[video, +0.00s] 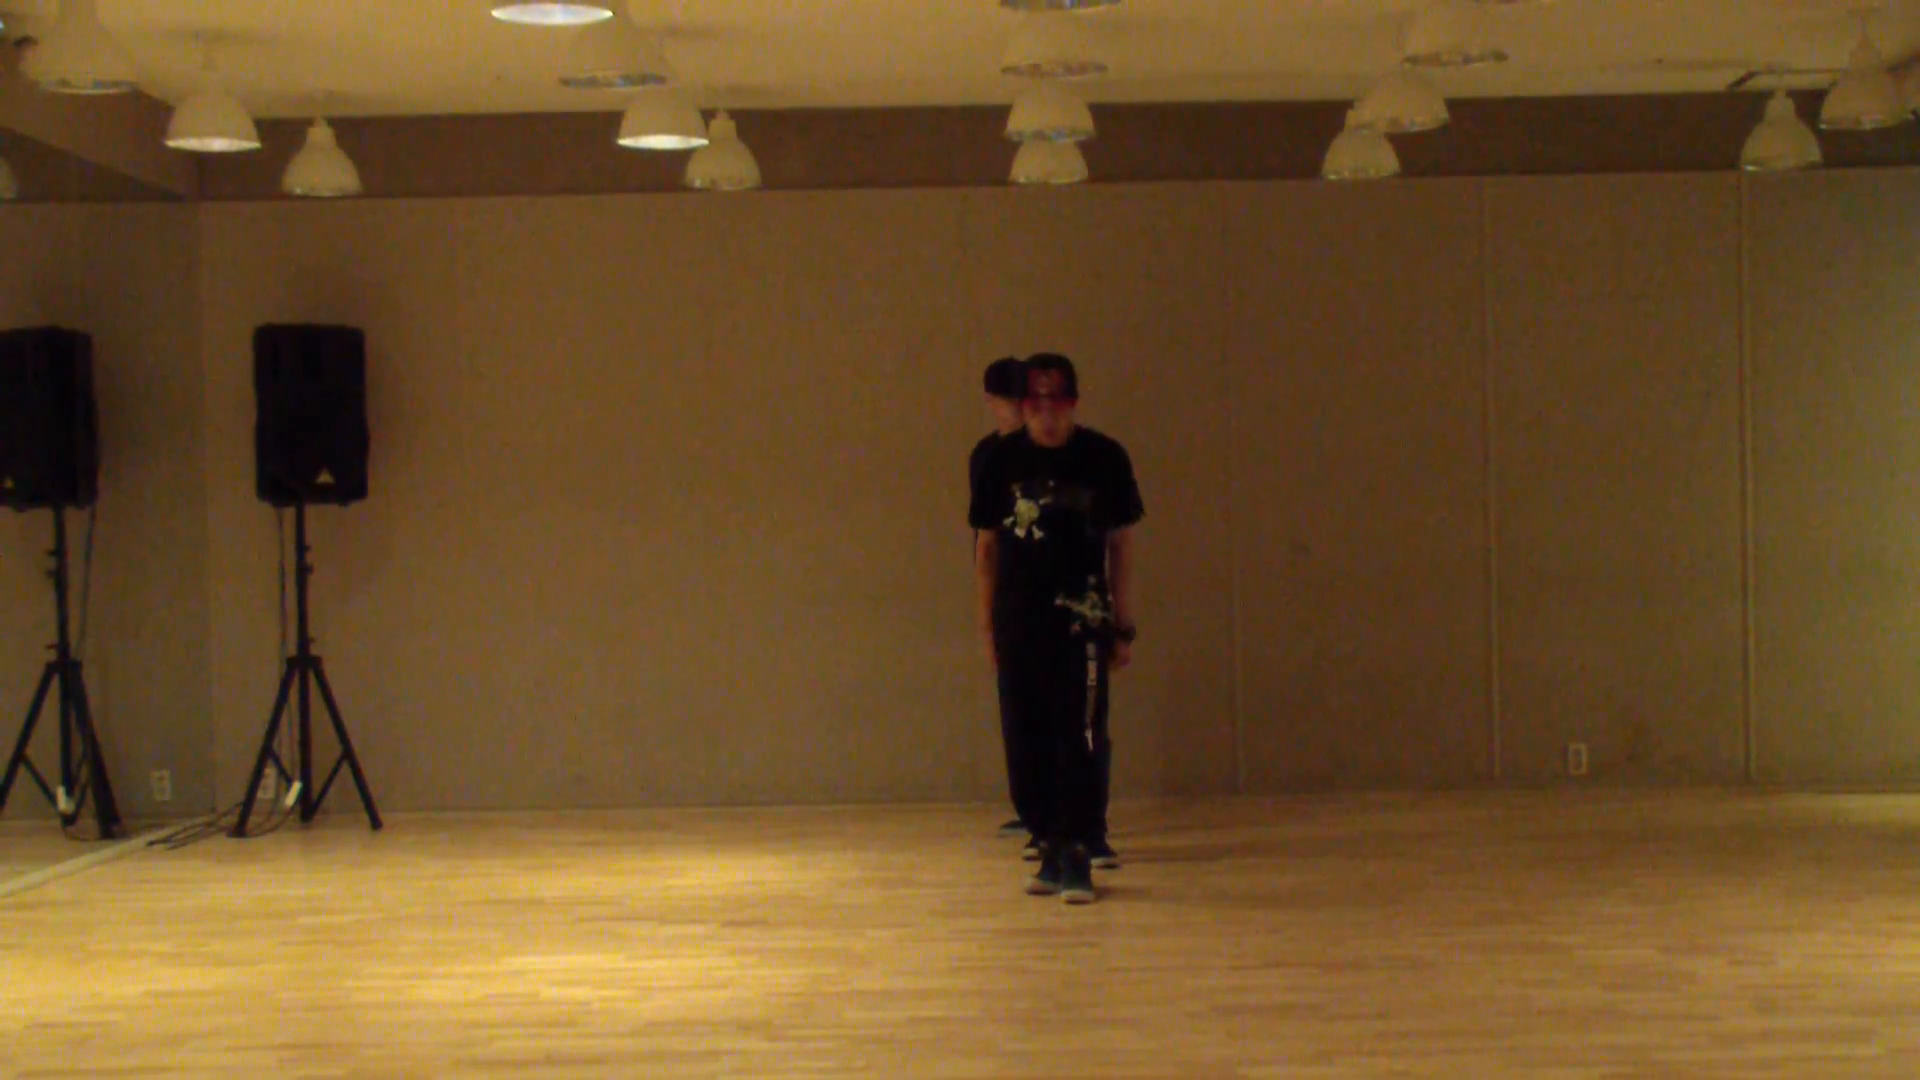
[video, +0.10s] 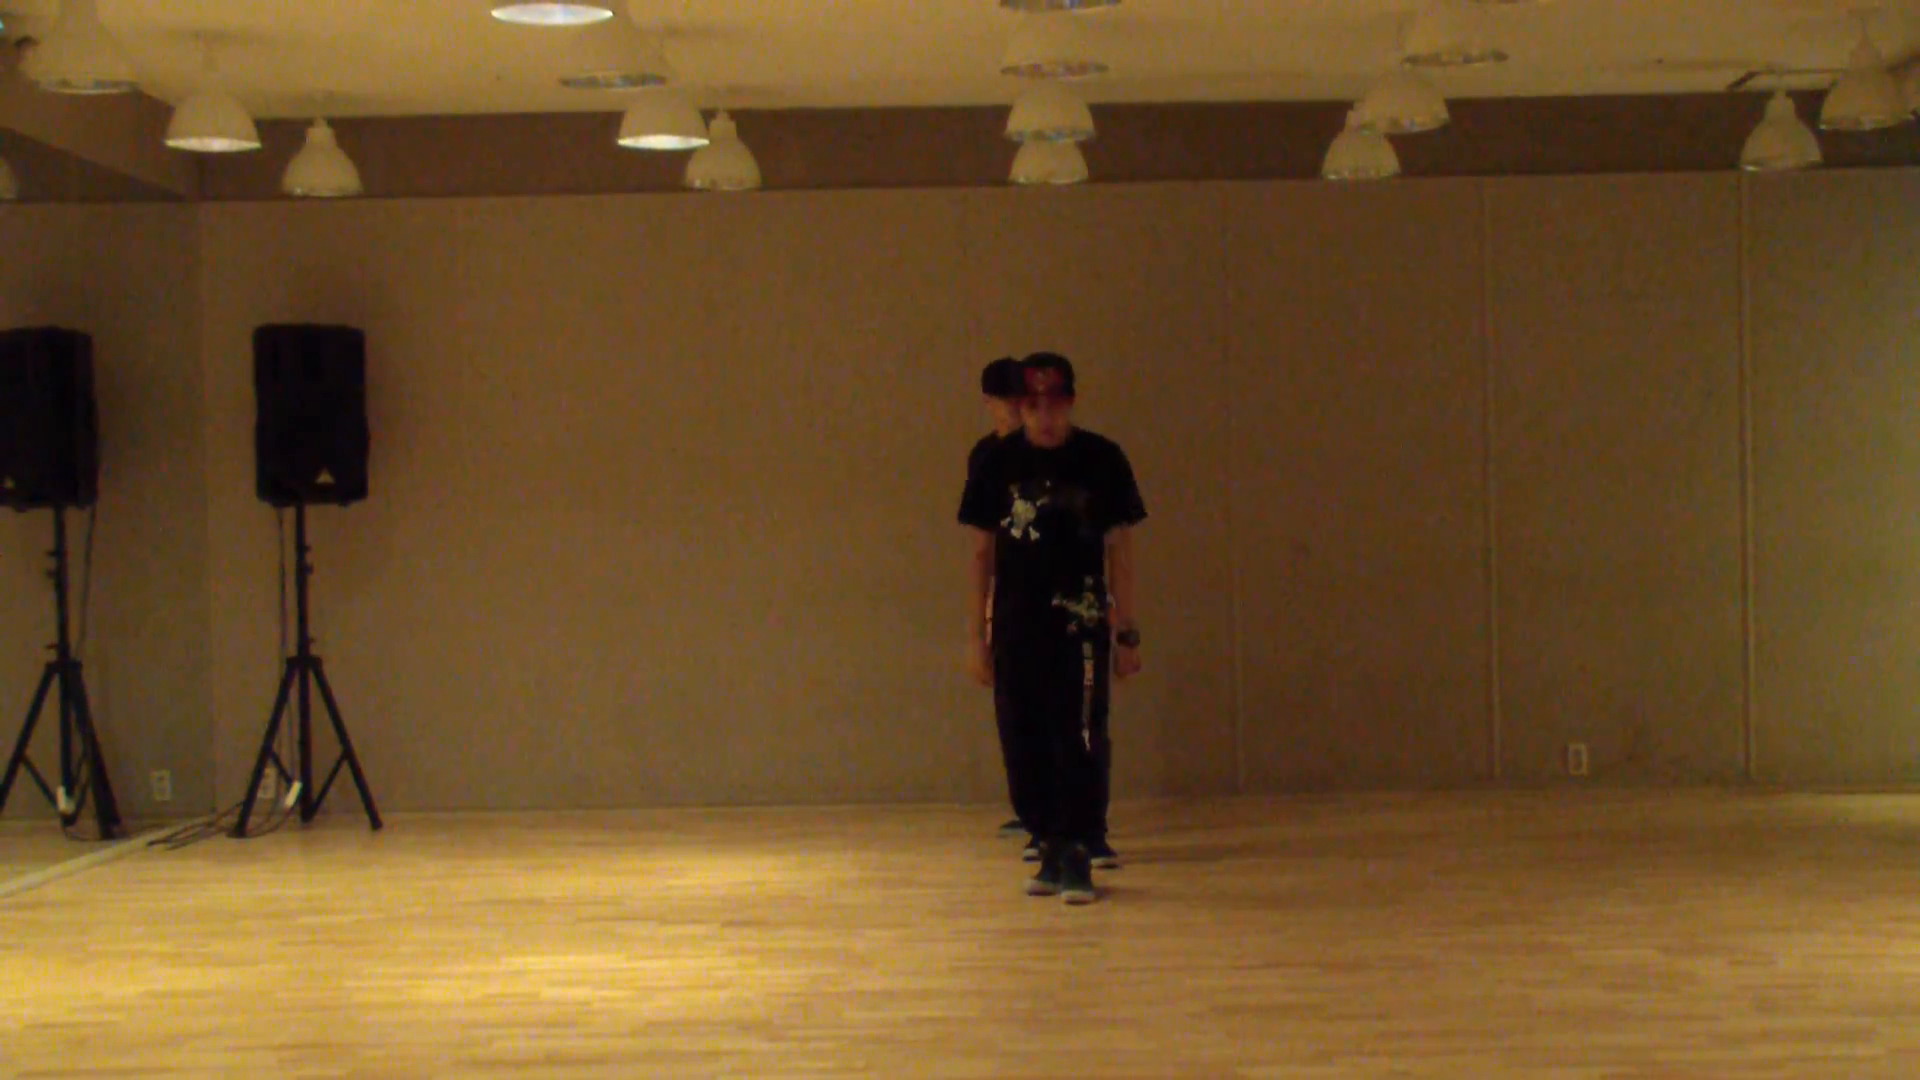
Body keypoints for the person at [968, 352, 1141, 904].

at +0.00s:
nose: (1044, 410)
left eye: (1054, 399)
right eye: (1035, 399)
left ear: (1073, 403)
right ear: (1021, 403)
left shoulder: (1105, 457)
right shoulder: (997, 459)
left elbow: (1121, 547)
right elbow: (987, 549)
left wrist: (1122, 626)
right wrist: (988, 628)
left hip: (1082, 618)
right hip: (1020, 617)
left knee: (1080, 734)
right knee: (1029, 734)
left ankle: (1077, 854)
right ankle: (1050, 849)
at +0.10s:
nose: (1043, 412)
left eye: (1053, 401)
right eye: (1033, 402)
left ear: (1070, 402)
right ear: (1018, 405)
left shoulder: (1103, 458)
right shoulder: (994, 460)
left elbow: (1120, 551)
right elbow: (982, 554)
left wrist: (1126, 631)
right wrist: (978, 636)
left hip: (1082, 623)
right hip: (1019, 622)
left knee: (1080, 737)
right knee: (1027, 739)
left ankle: (1077, 856)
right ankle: (1048, 852)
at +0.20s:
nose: (1042, 414)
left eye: (1052, 403)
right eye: (1032, 403)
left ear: (1069, 403)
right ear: (1014, 405)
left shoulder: (1099, 458)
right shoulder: (989, 459)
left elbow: (1119, 543)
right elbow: (971, 547)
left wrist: (1121, 617)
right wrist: (969, 628)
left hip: (1078, 622)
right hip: (1015, 622)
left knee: (1080, 735)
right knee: (1025, 737)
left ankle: (1077, 853)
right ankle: (1049, 850)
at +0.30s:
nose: (1039, 411)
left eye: (1049, 399)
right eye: (1028, 399)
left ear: (1068, 402)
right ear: (1011, 404)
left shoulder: (1097, 458)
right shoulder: (986, 459)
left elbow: (1120, 533)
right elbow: (967, 540)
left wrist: (1115, 597)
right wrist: (966, 610)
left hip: (1075, 619)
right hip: (1012, 618)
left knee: (1072, 734)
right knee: (1023, 734)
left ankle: (1070, 855)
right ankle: (1048, 850)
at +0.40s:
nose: (1038, 409)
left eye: (1048, 397)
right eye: (1027, 398)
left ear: (1067, 401)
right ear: (1009, 404)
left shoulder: (1091, 457)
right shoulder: (982, 457)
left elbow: (1122, 530)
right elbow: (961, 538)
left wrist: (1111, 587)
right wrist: (968, 599)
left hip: (1067, 618)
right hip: (1007, 617)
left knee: (1063, 734)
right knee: (1019, 733)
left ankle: (1066, 855)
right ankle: (1046, 846)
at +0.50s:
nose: (1034, 403)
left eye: (1045, 392)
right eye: (1022, 393)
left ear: (1064, 400)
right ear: (1006, 402)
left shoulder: (1086, 460)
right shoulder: (980, 456)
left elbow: (1126, 536)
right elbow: (955, 540)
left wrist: (1087, 582)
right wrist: (971, 602)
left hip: (1058, 621)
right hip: (1001, 620)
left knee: (1055, 737)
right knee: (1015, 737)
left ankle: (1065, 855)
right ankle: (1048, 848)